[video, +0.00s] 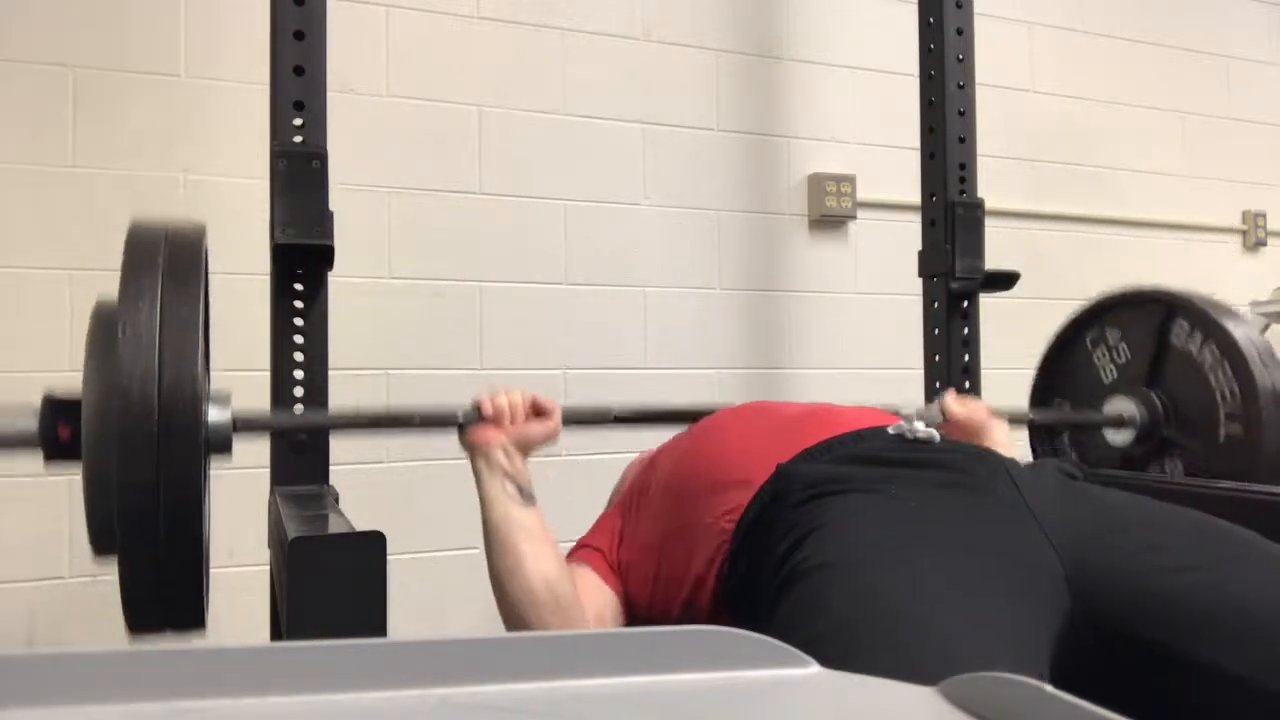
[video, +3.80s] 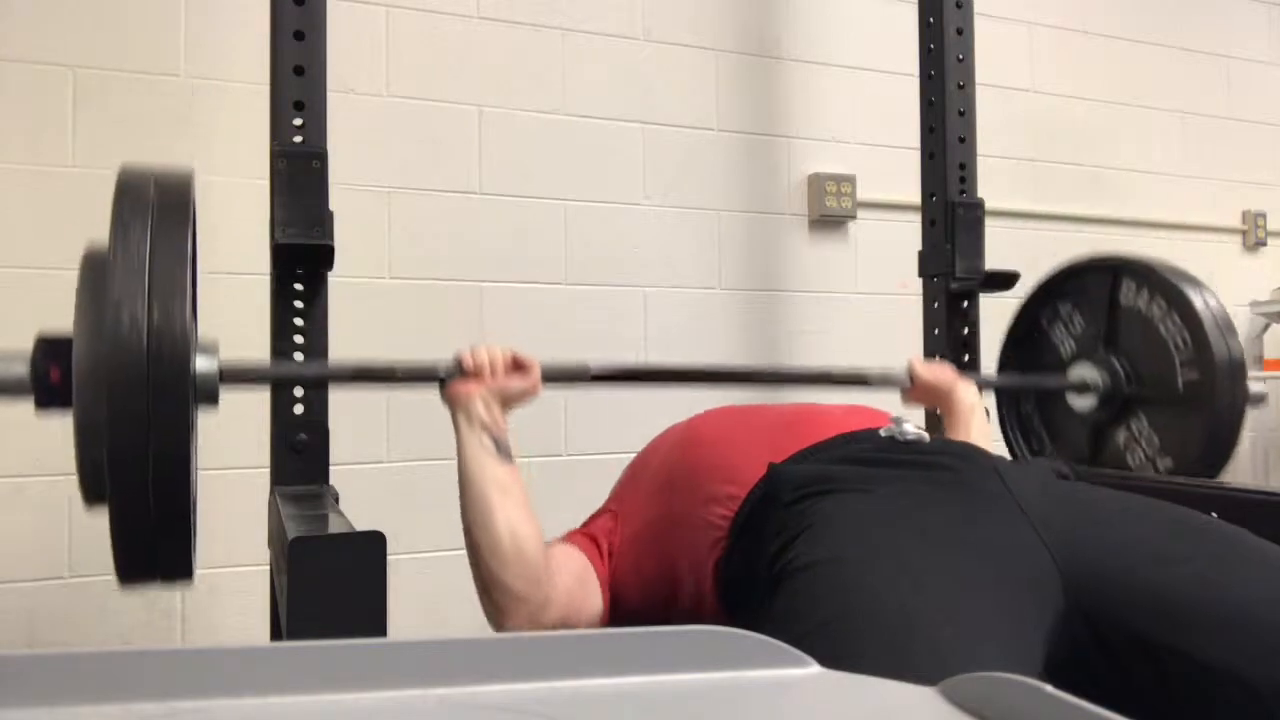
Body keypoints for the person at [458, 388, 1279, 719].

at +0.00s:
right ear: (645, 488)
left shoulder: (870, 422)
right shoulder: (626, 529)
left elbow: (1032, 523)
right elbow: (559, 625)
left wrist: (996, 446)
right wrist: (501, 477)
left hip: (1043, 487)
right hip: (862, 499)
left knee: (1276, 610)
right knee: (939, 690)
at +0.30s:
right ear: (643, 492)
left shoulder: (863, 439)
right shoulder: (617, 544)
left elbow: (965, 464)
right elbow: (516, 505)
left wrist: (966, 339)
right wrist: (485, 342)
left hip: (1043, 482)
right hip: (857, 505)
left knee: (1273, 620)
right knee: (934, 673)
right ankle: (977, 703)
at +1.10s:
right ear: (647, 485)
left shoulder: (866, 423)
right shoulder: (623, 533)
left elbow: (1033, 508)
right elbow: (550, 632)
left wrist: (983, 445)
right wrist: (496, 485)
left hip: (1038, 486)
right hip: (861, 503)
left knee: (1275, 603)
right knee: (929, 695)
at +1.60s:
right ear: (642, 488)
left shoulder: (860, 437)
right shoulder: (614, 541)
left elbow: (965, 465)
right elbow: (515, 507)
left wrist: (959, 343)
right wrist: (481, 345)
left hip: (1048, 487)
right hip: (861, 504)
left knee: (1277, 629)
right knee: (921, 696)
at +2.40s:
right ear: (647, 480)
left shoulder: (871, 420)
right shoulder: (624, 529)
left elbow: (1031, 521)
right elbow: (548, 628)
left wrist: (988, 446)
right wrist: (494, 476)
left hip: (1035, 487)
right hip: (863, 499)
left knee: (1276, 608)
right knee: (935, 688)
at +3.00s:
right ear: (639, 490)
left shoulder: (856, 436)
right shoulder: (615, 541)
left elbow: (954, 451)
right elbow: (515, 500)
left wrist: (952, 325)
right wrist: (479, 336)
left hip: (1046, 483)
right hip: (860, 505)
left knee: (1275, 620)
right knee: (924, 695)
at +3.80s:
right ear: (646, 497)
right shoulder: (631, 522)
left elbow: (1008, 512)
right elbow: (531, 602)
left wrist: (965, 413)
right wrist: (479, 427)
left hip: (1012, 478)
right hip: (849, 502)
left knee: (1277, 623)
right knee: (931, 687)